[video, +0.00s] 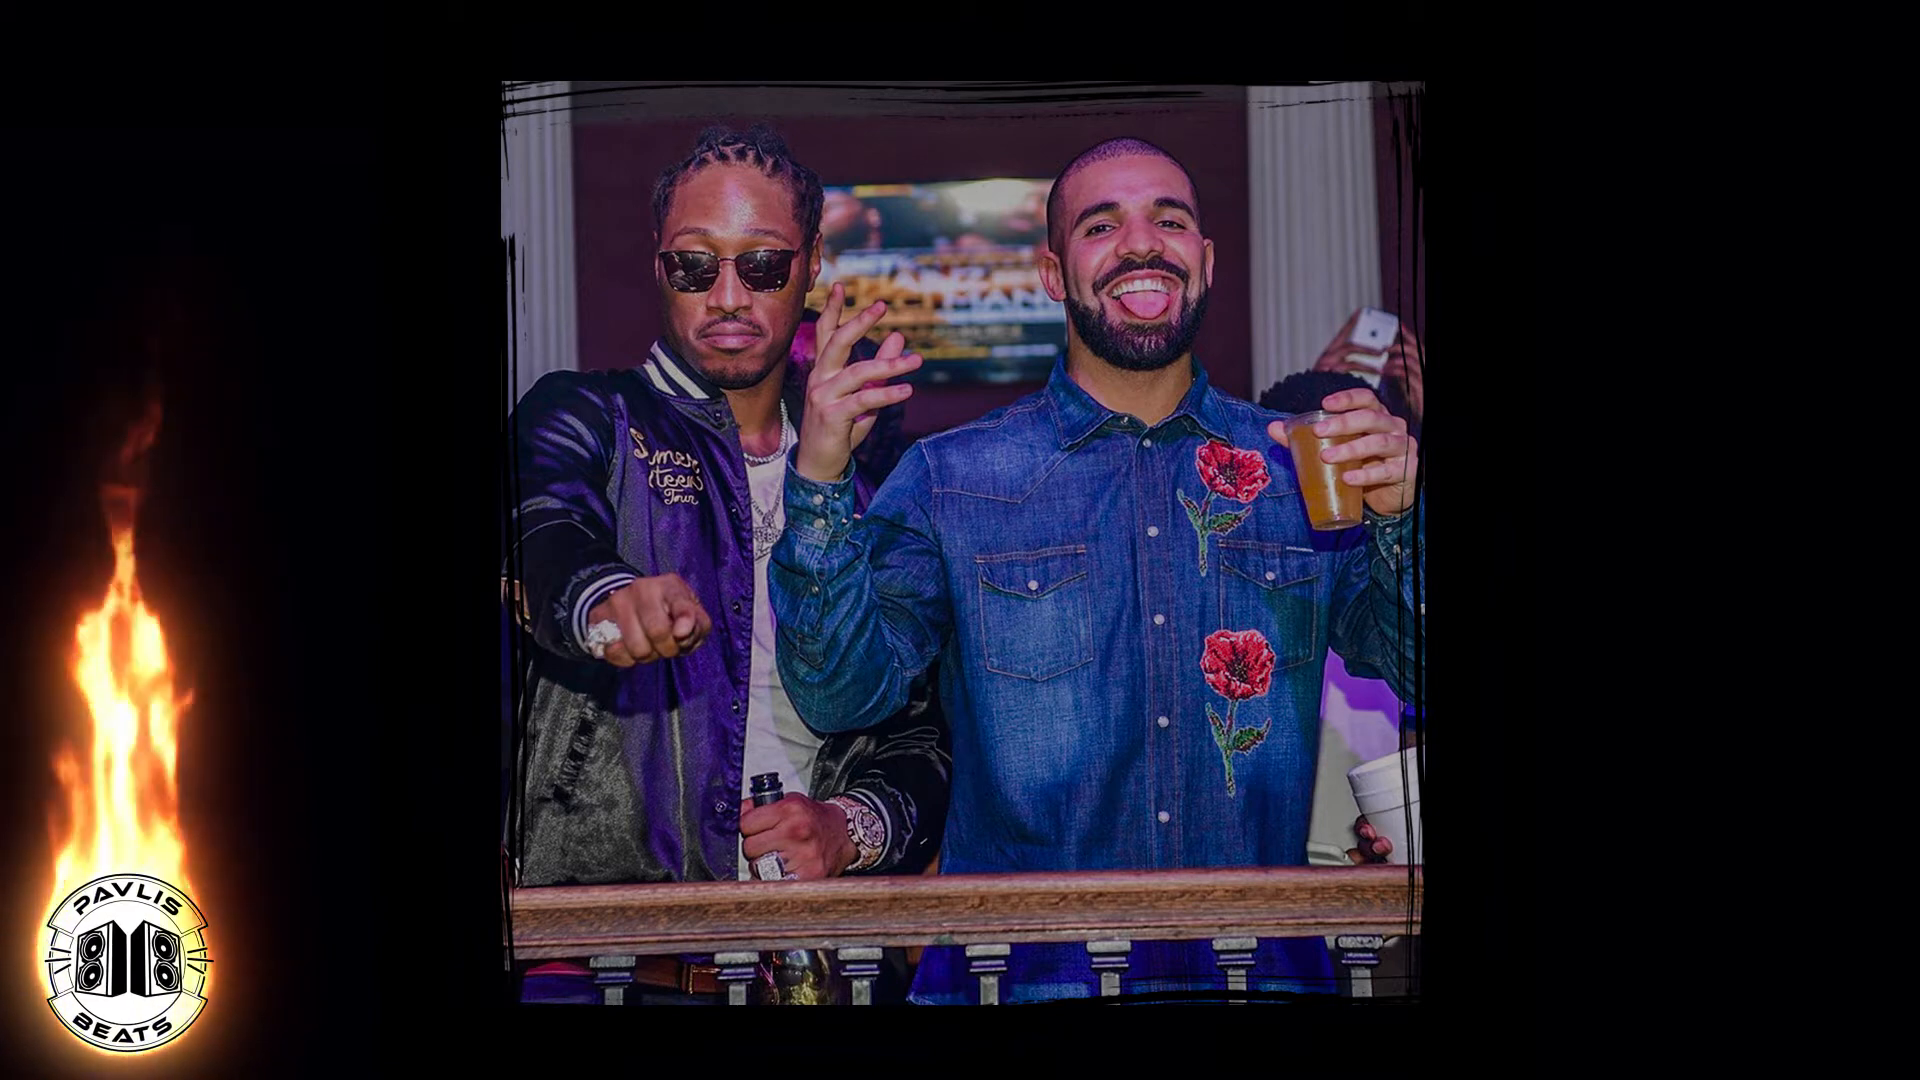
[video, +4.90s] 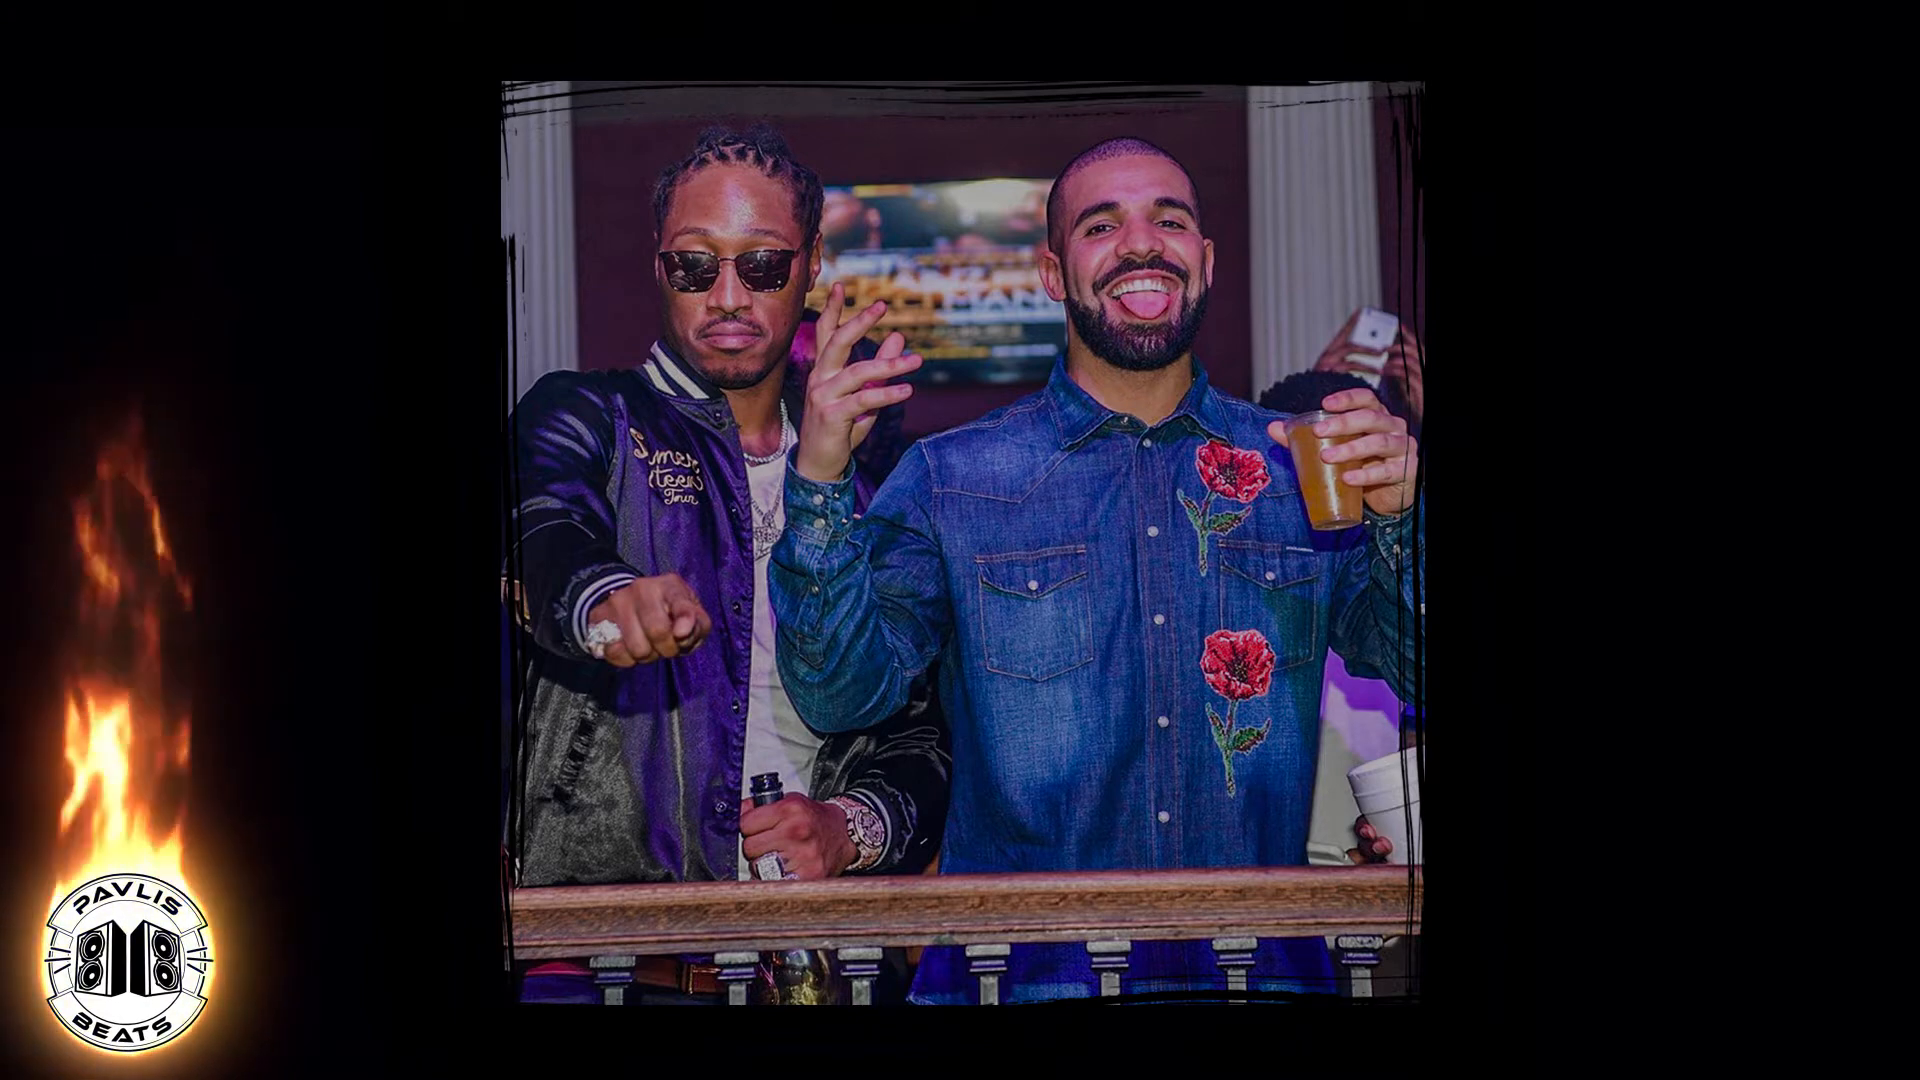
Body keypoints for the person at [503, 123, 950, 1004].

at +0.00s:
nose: (729, 296)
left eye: (763, 266)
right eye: (694, 266)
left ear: (811, 274)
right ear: (658, 272)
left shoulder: (878, 460)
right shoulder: (581, 412)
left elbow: (926, 726)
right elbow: (540, 525)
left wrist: (857, 826)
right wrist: (602, 595)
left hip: (827, 944)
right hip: (605, 943)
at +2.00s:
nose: (729, 296)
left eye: (763, 266)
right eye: (694, 266)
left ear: (811, 274)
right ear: (658, 272)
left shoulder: (878, 460)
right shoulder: (581, 412)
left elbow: (926, 725)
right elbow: (540, 525)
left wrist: (857, 826)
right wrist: (602, 595)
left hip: (827, 944)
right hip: (605, 943)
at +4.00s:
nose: (729, 296)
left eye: (763, 266)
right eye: (694, 266)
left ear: (811, 274)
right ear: (658, 272)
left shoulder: (878, 460)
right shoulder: (581, 411)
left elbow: (927, 725)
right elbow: (540, 525)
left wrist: (857, 826)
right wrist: (602, 595)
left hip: (828, 944)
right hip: (606, 943)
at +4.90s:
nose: (728, 295)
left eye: (763, 266)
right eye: (694, 266)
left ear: (811, 275)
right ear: (658, 274)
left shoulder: (878, 459)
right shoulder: (581, 411)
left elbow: (925, 722)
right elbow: (541, 525)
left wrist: (858, 826)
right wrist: (603, 595)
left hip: (828, 941)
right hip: (607, 941)